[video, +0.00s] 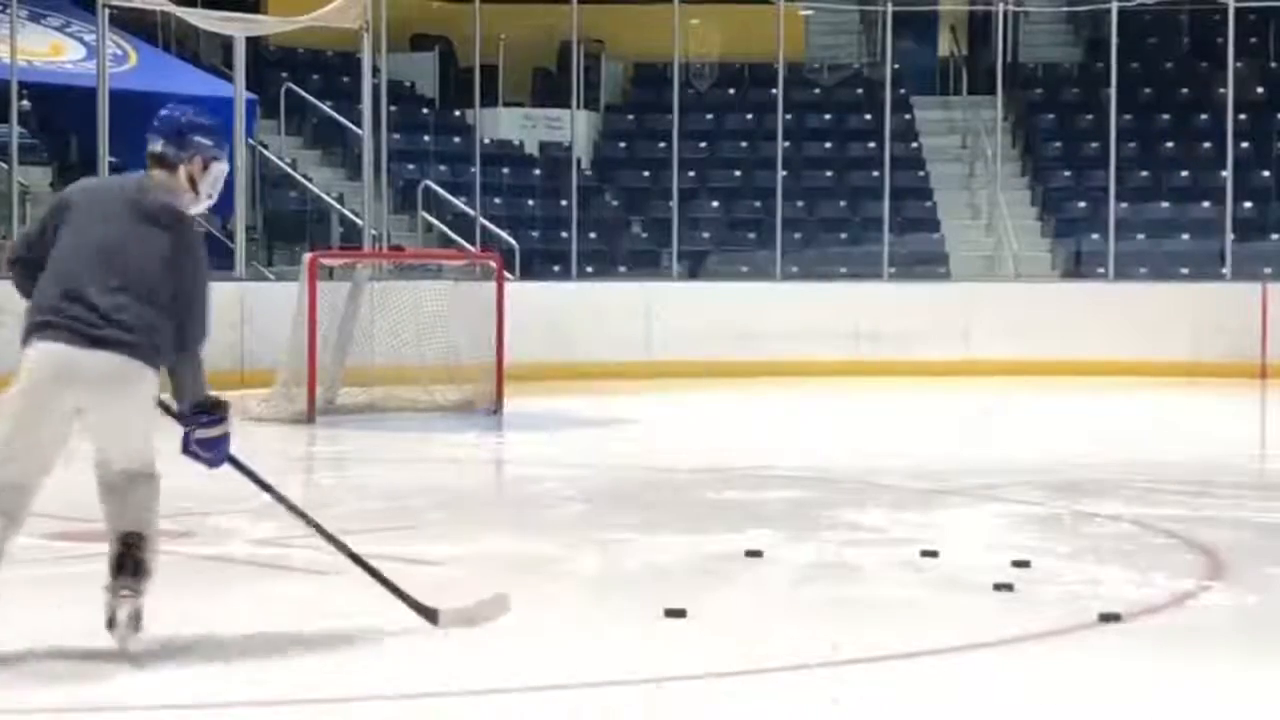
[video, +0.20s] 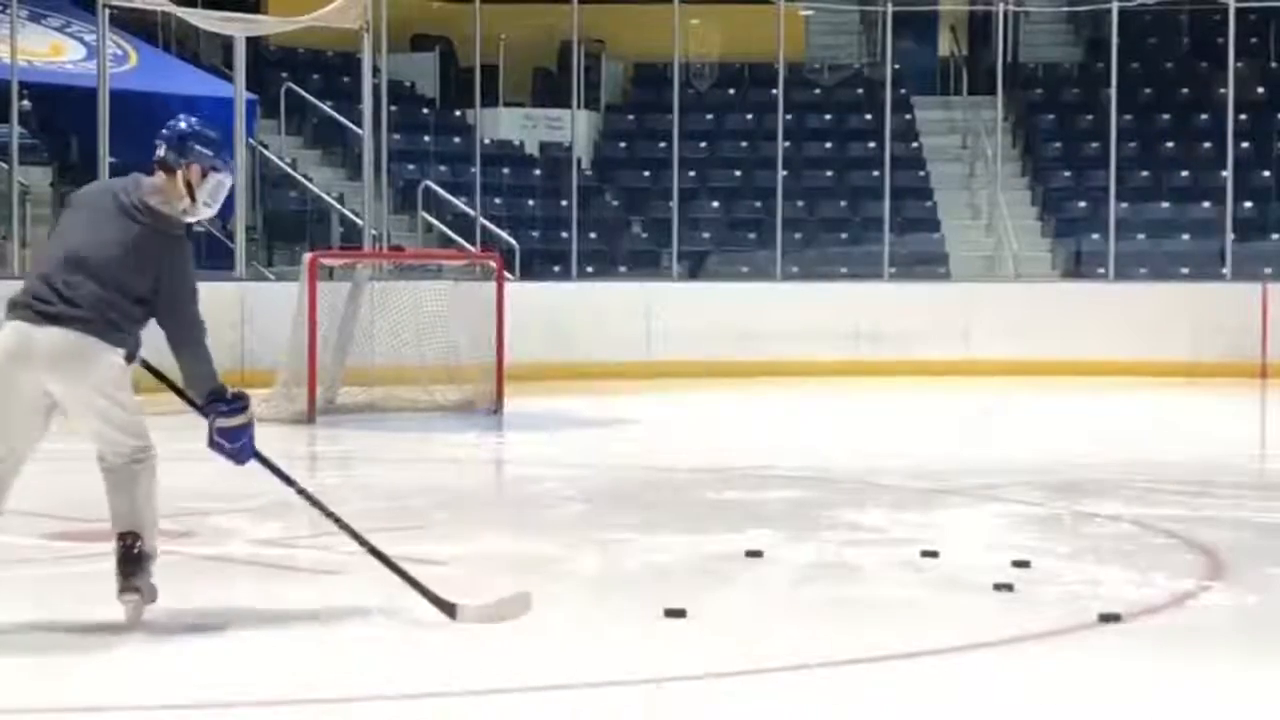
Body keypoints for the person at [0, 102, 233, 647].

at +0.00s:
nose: (209, 187)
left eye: (212, 174)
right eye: (207, 173)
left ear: (153, 157)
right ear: (190, 167)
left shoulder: (83, 192)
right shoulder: (183, 236)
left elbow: (21, 260)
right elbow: (185, 338)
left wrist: (61, 313)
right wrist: (199, 411)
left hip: (50, 357)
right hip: (126, 371)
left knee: (11, 481)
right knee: (129, 472)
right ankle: (129, 570)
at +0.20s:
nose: (209, 194)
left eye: (214, 182)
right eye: (207, 179)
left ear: (161, 163)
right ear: (181, 170)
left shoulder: (89, 196)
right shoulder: (169, 236)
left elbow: (66, 264)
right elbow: (184, 330)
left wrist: (116, 334)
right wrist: (217, 400)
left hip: (20, 334)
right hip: (88, 348)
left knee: (5, 460)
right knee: (126, 455)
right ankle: (133, 562)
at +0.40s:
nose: (232, 200)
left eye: (237, 190)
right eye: (231, 187)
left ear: (186, 171)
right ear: (210, 179)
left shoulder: (129, 195)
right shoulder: (181, 242)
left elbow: (105, 260)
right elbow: (199, 334)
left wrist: (140, 326)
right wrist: (229, 400)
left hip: (30, 316)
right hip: (89, 330)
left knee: (12, 447)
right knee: (131, 436)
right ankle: (145, 542)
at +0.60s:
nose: (244, 214)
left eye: (249, 203)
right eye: (244, 201)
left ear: (204, 181)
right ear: (230, 193)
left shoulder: (153, 201)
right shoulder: (201, 249)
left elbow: (120, 259)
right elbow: (213, 331)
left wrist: (157, 320)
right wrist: (240, 394)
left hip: (47, 308)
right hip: (101, 323)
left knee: (31, 431)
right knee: (146, 431)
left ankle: (4, 527)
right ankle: (166, 533)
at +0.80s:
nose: (248, 214)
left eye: (252, 205)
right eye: (251, 203)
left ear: (210, 183)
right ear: (239, 198)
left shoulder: (154, 196)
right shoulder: (216, 247)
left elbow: (98, 225)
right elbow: (186, 310)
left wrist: (117, 268)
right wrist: (175, 360)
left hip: (82, 310)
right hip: (135, 330)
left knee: (79, 422)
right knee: (138, 430)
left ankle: (65, 511)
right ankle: (146, 508)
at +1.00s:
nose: (263, 228)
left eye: (265, 218)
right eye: (263, 218)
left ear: (225, 201)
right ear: (253, 214)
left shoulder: (181, 218)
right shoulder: (246, 261)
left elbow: (123, 246)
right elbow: (216, 301)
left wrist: (145, 283)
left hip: (118, 332)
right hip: (158, 348)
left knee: (138, 425)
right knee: (156, 439)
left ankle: (129, 505)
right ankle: (94, 498)